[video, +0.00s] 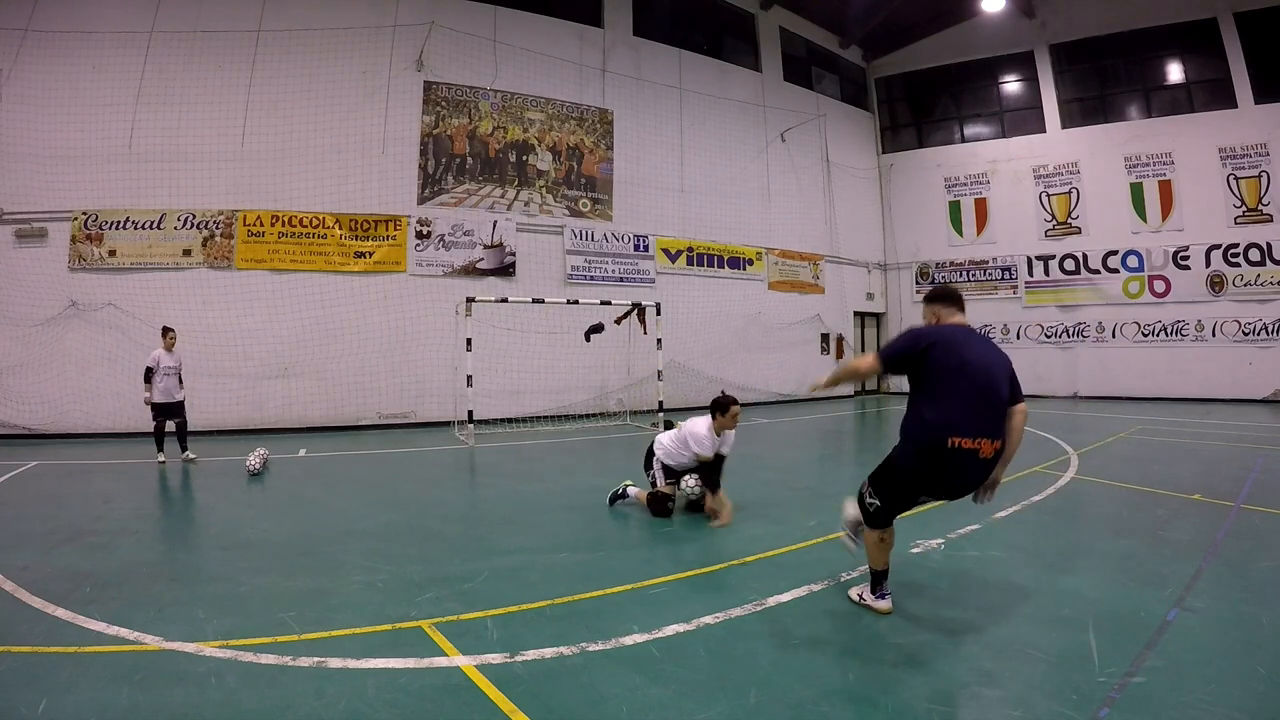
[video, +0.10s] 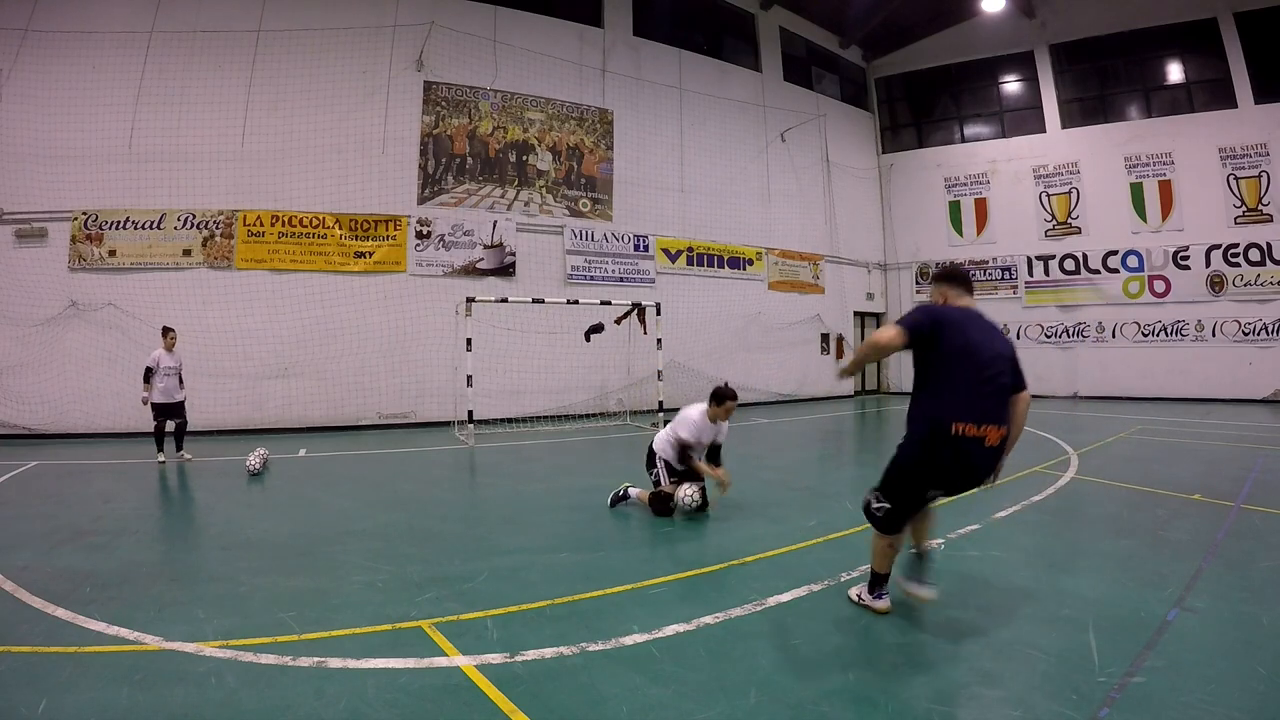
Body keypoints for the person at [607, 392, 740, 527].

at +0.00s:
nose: (738, 419)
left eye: (738, 415)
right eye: (733, 416)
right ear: (718, 416)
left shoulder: (728, 431)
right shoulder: (701, 432)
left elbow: (716, 468)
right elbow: (707, 474)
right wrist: (724, 506)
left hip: (688, 460)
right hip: (661, 456)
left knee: (700, 503)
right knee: (663, 509)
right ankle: (630, 491)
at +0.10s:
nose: (730, 414)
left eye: (732, 410)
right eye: (728, 410)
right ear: (714, 405)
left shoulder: (722, 424)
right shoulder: (692, 418)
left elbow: (713, 456)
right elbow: (684, 457)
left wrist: (721, 475)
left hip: (688, 459)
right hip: (662, 455)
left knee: (699, 505)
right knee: (665, 507)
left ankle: (669, 488)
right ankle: (630, 492)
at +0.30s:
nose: (692, 396)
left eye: (696, 392)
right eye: (688, 392)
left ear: (702, 389)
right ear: (681, 388)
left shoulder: (713, 399)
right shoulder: (671, 396)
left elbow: (733, 404)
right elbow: (647, 400)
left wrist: (741, 408)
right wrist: (635, 401)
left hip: (693, 452)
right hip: (665, 444)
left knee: (704, 504)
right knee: (652, 475)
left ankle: (684, 484)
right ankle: (632, 492)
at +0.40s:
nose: (672, 386)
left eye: (676, 382)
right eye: (669, 382)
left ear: (683, 377)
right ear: (663, 378)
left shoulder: (694, 382)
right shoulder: (656, 387)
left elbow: (707, 375)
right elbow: (629, 399)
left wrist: (720, 377)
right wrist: (628, 407)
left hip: (693, 444)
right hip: (666, 439)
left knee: (696, 503)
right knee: (639, 453)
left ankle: (683, 483)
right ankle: (645, 499)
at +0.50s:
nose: (653, 379)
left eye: (657, 374)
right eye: (649, 375)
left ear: (665, 371)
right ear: (644, 374)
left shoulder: (682, 378)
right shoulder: (640, 393)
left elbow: (699, 373)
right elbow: (622, 427)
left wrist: (701, 392)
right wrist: (624, 457)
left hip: (692, 436)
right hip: (665, 432)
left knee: (682, 493)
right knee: (644, 453)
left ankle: (692, 483)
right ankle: (649, 502)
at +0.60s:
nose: (638, 384)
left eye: (643, 378)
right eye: (635, 381)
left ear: (654, 379)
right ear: (633, 385)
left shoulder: (673, 385)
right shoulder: (634, 406)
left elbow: (702, 396)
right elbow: (629, 443)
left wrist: (687, 428)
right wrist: (628, 484)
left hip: (686, 428)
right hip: (660, 431)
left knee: (681, 476)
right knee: (647, 451)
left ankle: (706, 476)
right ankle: (649, 502)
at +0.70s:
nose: (631, 398)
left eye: (635, 393)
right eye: (628, 394)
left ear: (646, 389)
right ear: (626, 396)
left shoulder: (666, 393)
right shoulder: (631, 412)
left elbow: (698, 411)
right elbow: (629, 448)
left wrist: (676, 436)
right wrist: (639, 470)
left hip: (685, 421)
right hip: (659, 429)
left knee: (679, 462)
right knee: (650, 452)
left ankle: (715, 485)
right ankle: (650, 503)